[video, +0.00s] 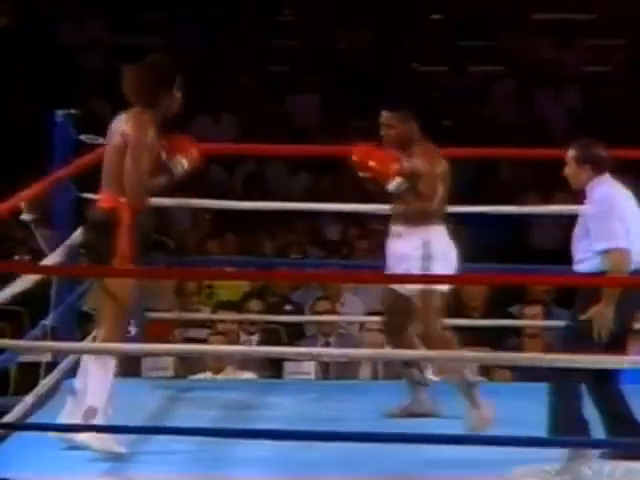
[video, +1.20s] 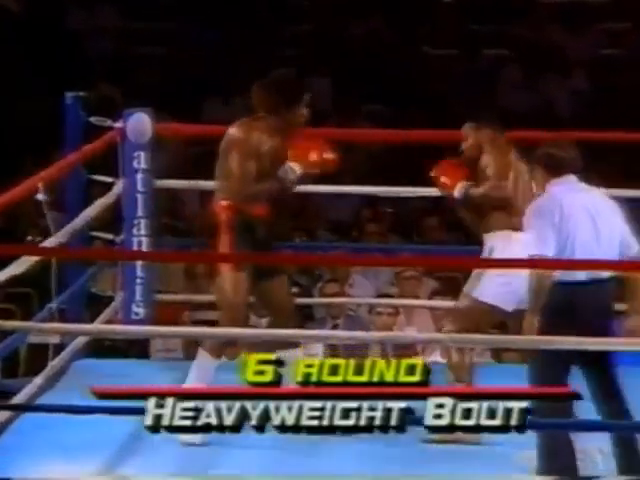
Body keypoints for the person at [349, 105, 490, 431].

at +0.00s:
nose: (385, 133)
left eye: (391, 127)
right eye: (383, 127)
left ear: (410, 127)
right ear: (383, 129)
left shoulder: (430, 160)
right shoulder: (397, 159)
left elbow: (432, 207)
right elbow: (400, 195)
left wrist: (395, 194)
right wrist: (378, 175)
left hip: (430, 247)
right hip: (404, 247)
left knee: (431, 330)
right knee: (395, 327)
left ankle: (477, 403)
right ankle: (421, 399)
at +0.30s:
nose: (416, 127)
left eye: (422, 119)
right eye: (415, 120)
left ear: (443, 120)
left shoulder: (462, 151)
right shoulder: (438, 153)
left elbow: (459, 198)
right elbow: (444, 191)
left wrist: (424, 183)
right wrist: (420, 174)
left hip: (471, 238)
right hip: (445, 238)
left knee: (466, 335)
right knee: (438, 324)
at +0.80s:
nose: (434, 142)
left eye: (440, 134)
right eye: (432, 135)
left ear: (462, 134)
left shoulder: (482, 164)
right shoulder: (459, 170)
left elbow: (486, 211)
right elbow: (460, 210)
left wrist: (446, 202)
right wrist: (438, 190)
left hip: (500, 250)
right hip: (476, 252)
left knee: (482, 341)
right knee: (478, 341)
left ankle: (477, 433)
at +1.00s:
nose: (449, 135)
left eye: (454, 126)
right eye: (448, 128)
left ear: (473, 127)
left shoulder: (497, 160)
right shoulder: (472, 162)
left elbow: (474, 208)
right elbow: (462, 202)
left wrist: (447, 181)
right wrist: (445, 171)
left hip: (512, 251)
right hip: (487, 254)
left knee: (488, 342)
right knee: (487, 343)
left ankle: (474, 431)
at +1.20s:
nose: (463, 145)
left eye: (467, 138)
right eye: (463, 138)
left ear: (485, 135)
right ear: (487, 136)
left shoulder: (498, 156)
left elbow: (505, 191)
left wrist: (465, 190)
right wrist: (459, 196)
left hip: (512, 252)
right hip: (500, 252)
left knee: (456, 326)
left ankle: (464, 414)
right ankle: (462, 414)